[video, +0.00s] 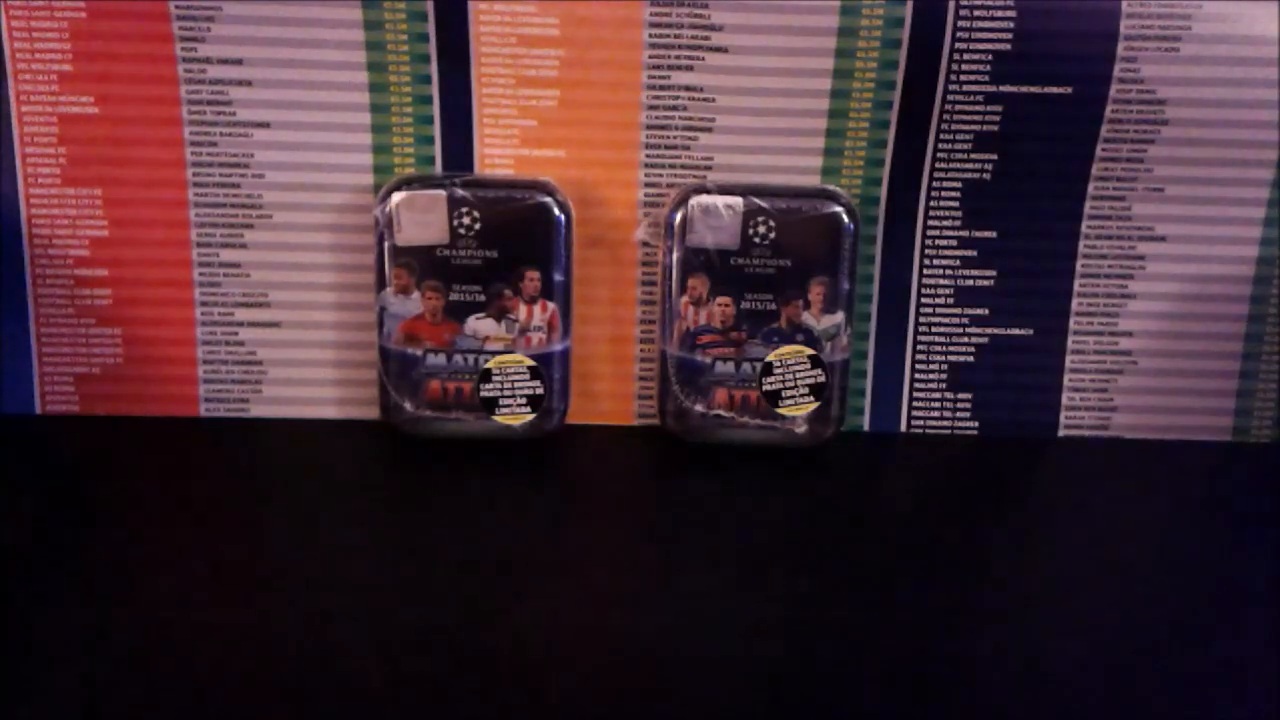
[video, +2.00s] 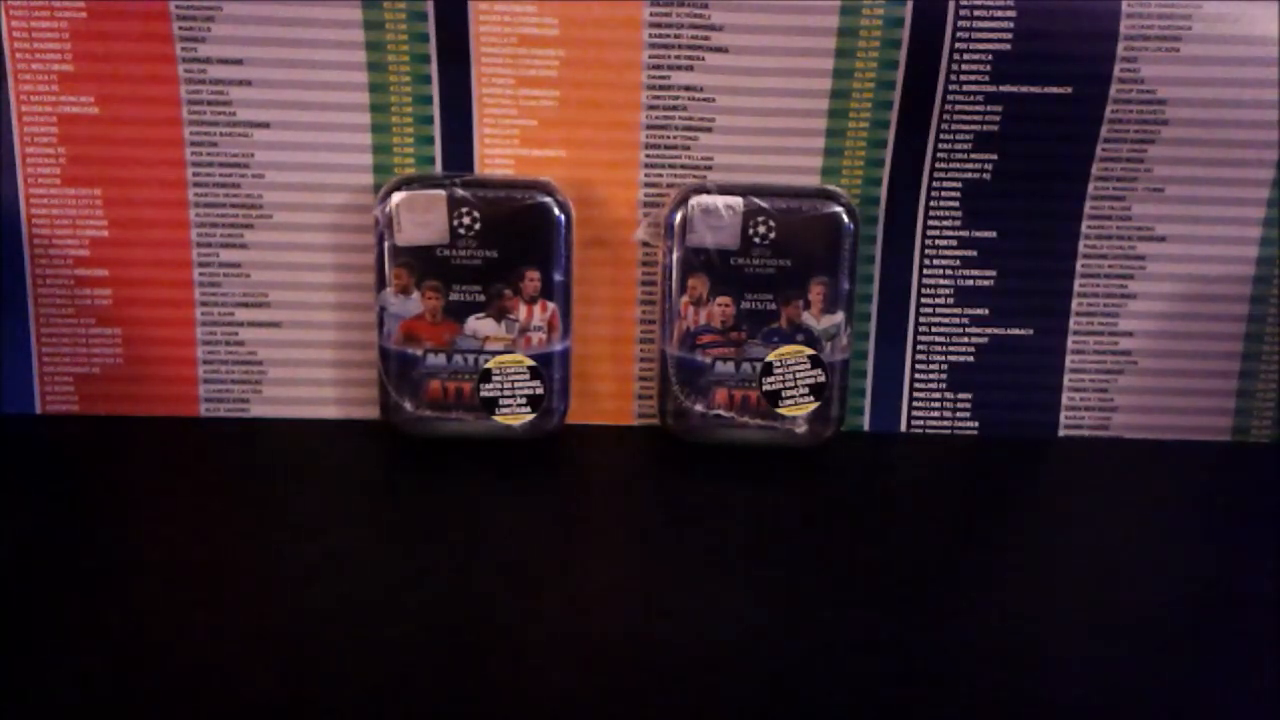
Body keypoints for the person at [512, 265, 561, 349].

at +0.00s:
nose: (536, 285)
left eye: (538, 280)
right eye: (531, 280)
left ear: (541, 283)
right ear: (521, 284)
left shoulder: (551, 308)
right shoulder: (512, 306)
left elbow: (556, 339)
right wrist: (520, 329)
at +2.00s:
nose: (536, 285)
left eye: (539, 281)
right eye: (531, 280)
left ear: (541, 283)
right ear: (521, 284)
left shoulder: (551, 308)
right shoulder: (511, 306)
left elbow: (556, 337)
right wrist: (521, 329)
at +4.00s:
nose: (536, 285)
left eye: (538, 281)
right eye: (531, 280)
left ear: (541, 283)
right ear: (521, 284)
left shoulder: (551, 308)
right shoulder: (511, 306)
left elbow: (556, 337)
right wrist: (520, 329)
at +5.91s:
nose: (536, 285)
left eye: (539, 281)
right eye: (531, 280)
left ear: (541, 283)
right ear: (521, 284)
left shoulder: (550, 308)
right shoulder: (512, 305)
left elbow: (556, 335)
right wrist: (520, 329)